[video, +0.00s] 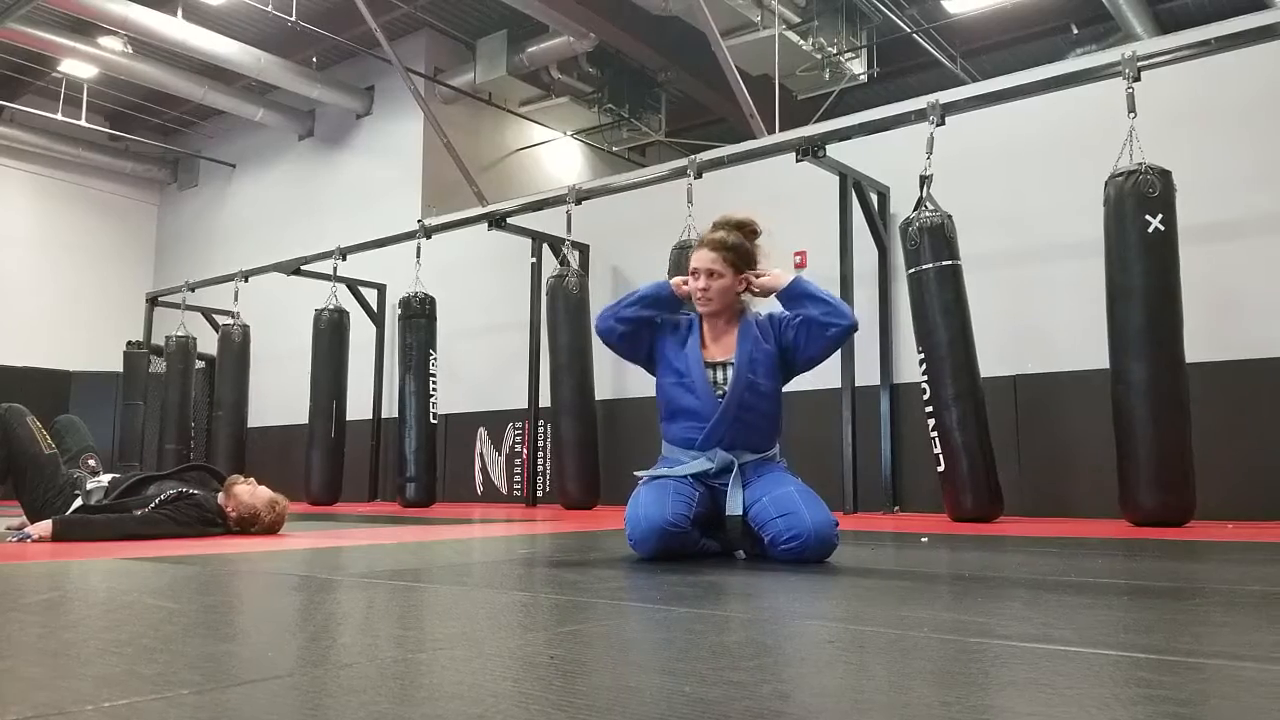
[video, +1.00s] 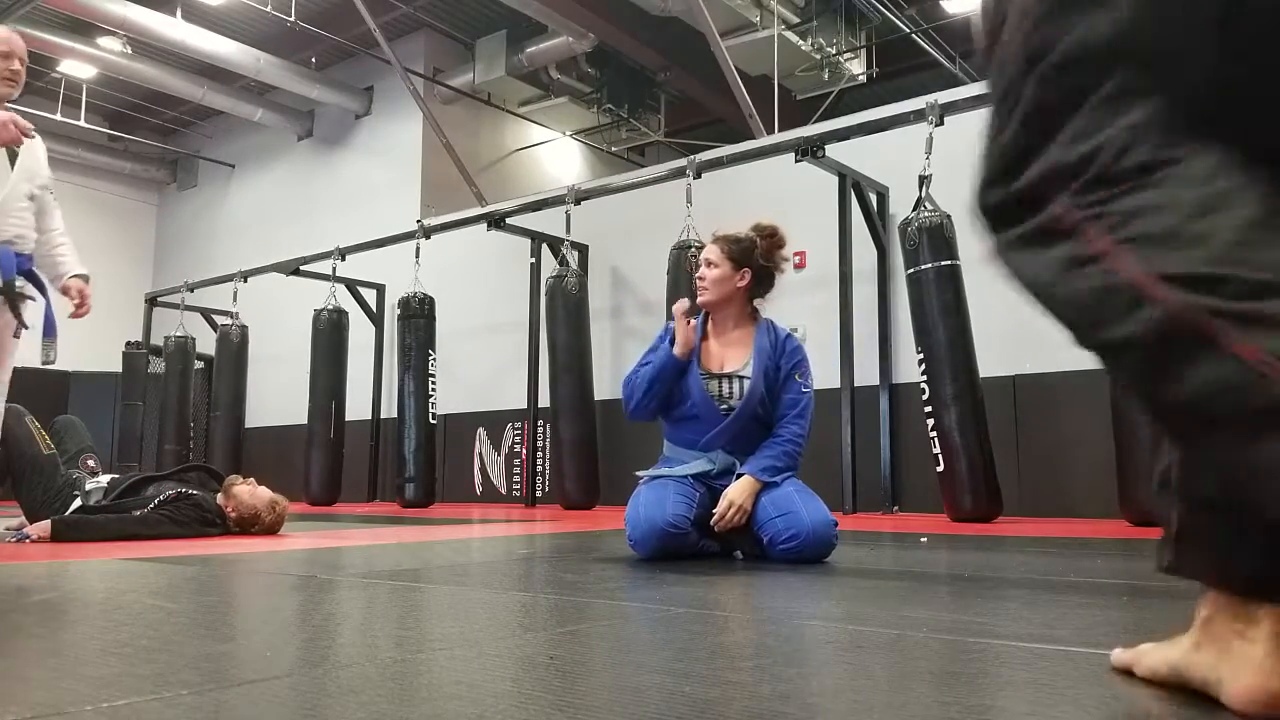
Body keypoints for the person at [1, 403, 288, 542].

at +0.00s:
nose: (247, 476)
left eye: (250, 487)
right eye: (255, 483)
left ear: (234, 510)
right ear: (237, 505)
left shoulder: (200, 513)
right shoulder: (216, 490)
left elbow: (130, 524)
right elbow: (154, 484)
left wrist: (56, 527)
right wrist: (113, 480)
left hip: (68, 501)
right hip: (99, 485)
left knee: (12, 414)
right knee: (67, 421)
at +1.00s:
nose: (247, 477)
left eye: (250, 487)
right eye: (255, 483)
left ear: (233, 508)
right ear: (235, 504)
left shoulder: (199, 513)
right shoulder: (214, 490)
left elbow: (130, 524)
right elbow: (151, 485)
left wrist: (57, 527)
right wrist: (110, 480)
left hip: (69, 500)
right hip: (98, 485)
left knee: (12, 415)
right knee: (66, 421)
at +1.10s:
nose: (247, 477)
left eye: (250, 487)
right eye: (255, 483)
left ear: (235, 509)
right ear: (236, 504)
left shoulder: (200, 513)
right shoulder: (213, 490)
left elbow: (131, 524)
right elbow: (151, 484)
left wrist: (57, 527)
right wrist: (109, 479)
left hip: (68, 500)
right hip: (97, 484)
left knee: (15, 415)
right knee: (67, 422)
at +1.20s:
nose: (248, 477)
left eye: (251, 488)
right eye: (256, 483)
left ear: (234, 510)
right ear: (234, 505)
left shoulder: (200, 513)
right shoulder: (212, 488)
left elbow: (130, 525)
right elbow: (152, 486)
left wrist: (50, 526)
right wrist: (110, 482)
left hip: (69, 503)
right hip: (98, 485)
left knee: (16, 415)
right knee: (67, 423)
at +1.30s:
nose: (248, 478)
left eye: (251, 488)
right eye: (256, 483)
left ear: (232, 510)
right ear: (233, 507)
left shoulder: (198, 512)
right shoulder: (214, 491)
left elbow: (128, 524)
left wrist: (54, 526)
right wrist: (112, 486)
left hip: (71, 503)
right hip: (102, 489)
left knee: (28, 429)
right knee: (68, 424)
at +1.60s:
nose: (250, 478)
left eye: (252, 488)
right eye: (257, 483)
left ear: (231, 510)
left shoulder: (202, 513)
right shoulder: (211, 485)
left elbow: (138, 523)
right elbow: (152, 483)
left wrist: (72, 521)